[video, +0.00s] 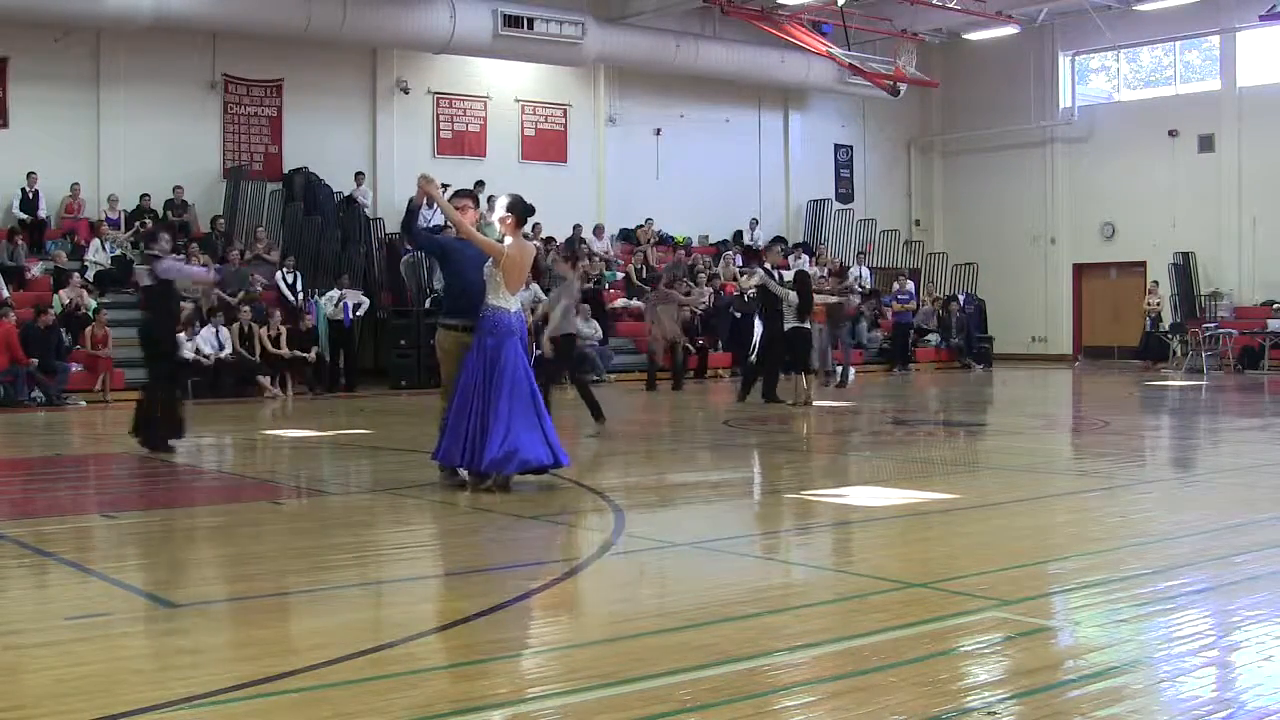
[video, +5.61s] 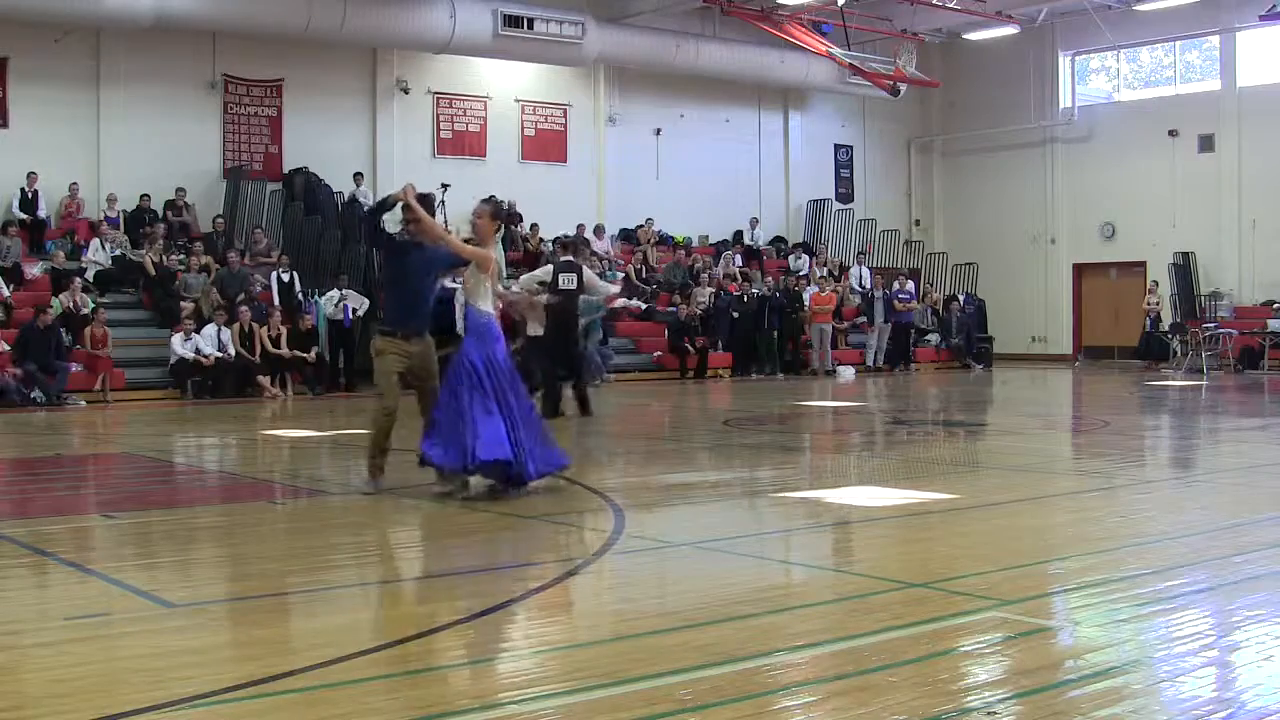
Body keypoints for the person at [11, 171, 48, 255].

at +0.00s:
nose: (34, 180)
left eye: (36, 179)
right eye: (32, 178)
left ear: (37, 180)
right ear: (27, 179)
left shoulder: (39, 193)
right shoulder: (20, 192)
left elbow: (42, 209)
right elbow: (14, 210)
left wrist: (41, 216)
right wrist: (25, 217)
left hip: (36, 217)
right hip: (24, 218)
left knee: (42, 224)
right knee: (33, 226)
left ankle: (40, 248)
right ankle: (32, 248)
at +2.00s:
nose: (33, 181)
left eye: (34, 179)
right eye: (31, 179)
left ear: (36, 180)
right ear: (27, 180)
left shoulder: (39, 193)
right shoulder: (20, 192)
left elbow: (42, 209)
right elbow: (14, 209)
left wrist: (41, 216)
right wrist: (25, 217)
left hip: (36, 217)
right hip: (24, 217)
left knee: (43, 223)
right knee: (33, 224)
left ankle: (40, 249)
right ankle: (32, 249)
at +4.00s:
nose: (31, 180)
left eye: (33, 178)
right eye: (29, 178)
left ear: (36, 180)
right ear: (26, 180)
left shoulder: (39, 193)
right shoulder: (20, 192)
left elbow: (42, 208)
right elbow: (15, 209)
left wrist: (41, 216)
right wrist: (25, 217)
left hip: (36, 216)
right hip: (24, 216)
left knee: (42, 223)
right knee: (33, 224)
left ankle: (40, 247)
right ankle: (31, 247)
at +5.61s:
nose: (34, 182)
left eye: (35, 180)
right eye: (32, 180)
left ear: (36, 181)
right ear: (27, 179)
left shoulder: (39, 193)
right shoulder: (19, 192)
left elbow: (42, 209)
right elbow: (15, 209)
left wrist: (39, 216)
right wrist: (25, 217)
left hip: (36, 217)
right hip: (24, 218)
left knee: (42, 223)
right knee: (34, 225)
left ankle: (40, 249)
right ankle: (32, 249)